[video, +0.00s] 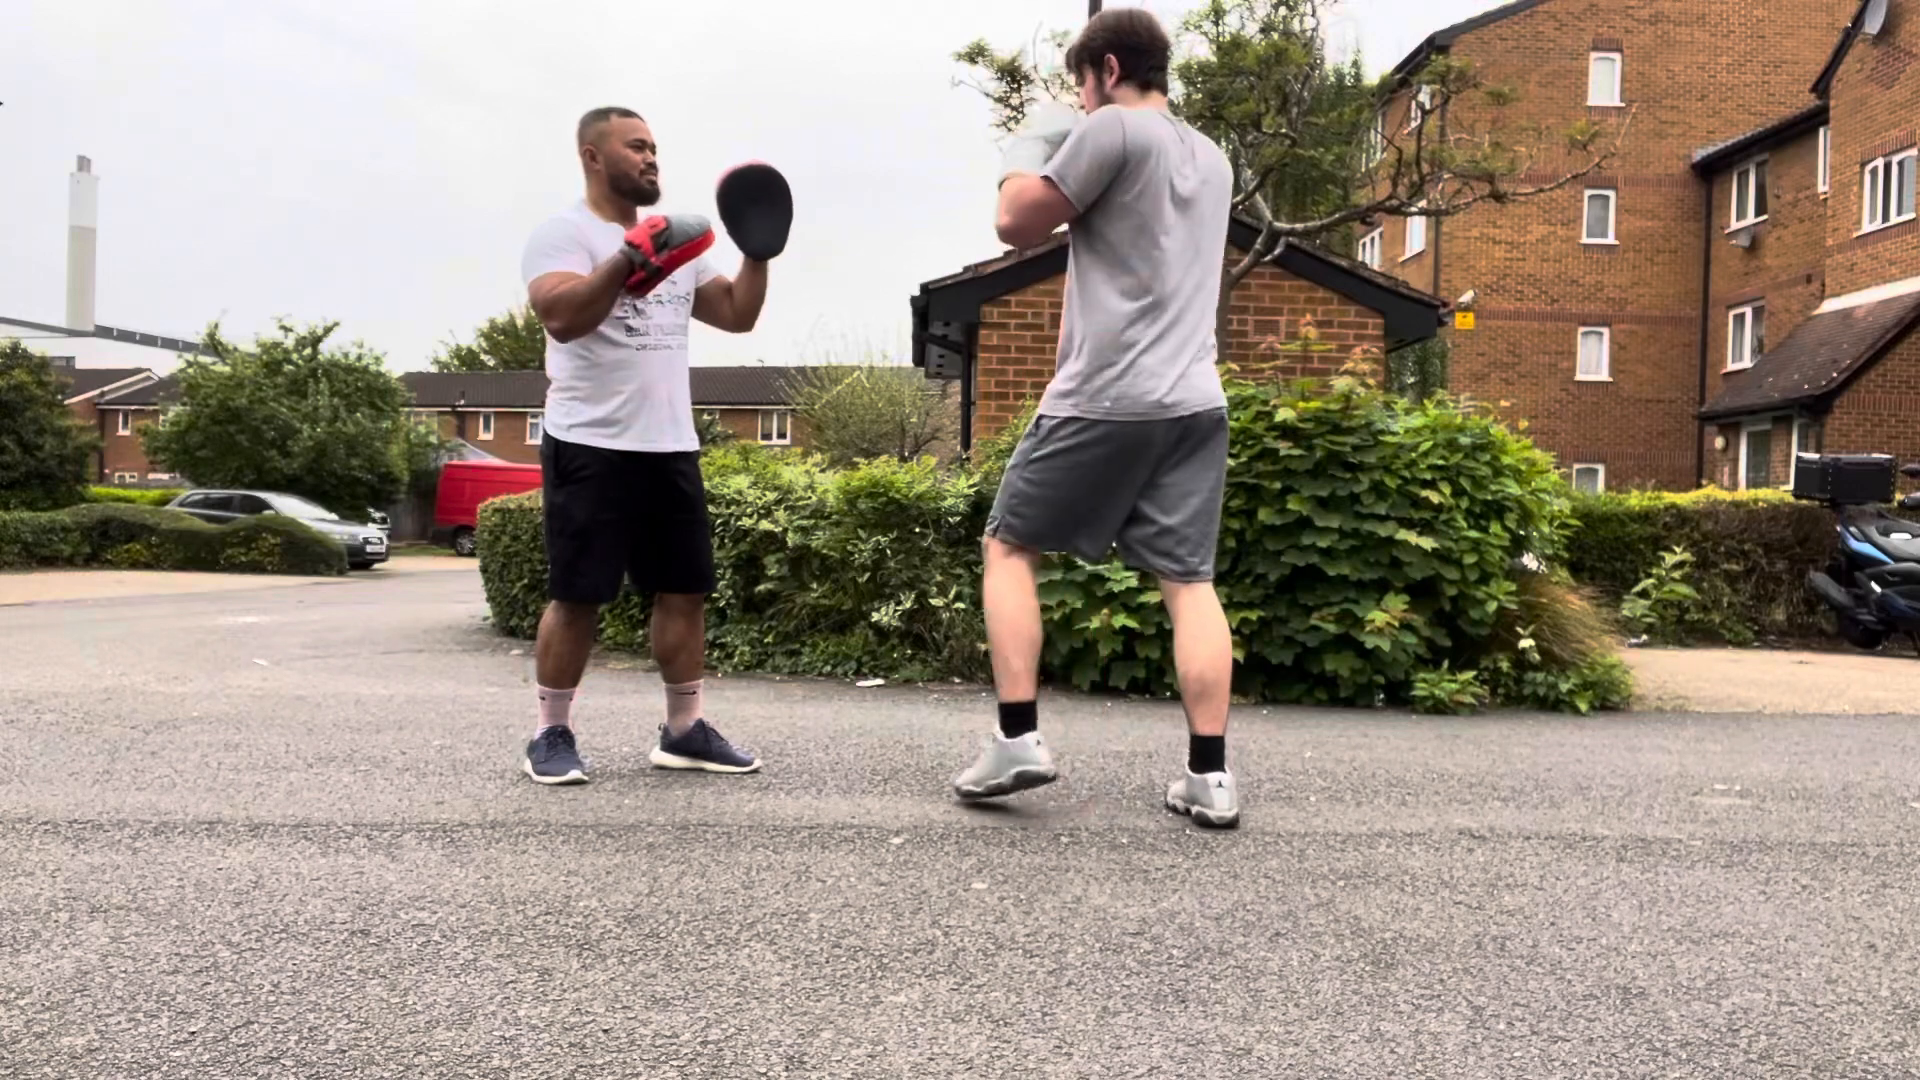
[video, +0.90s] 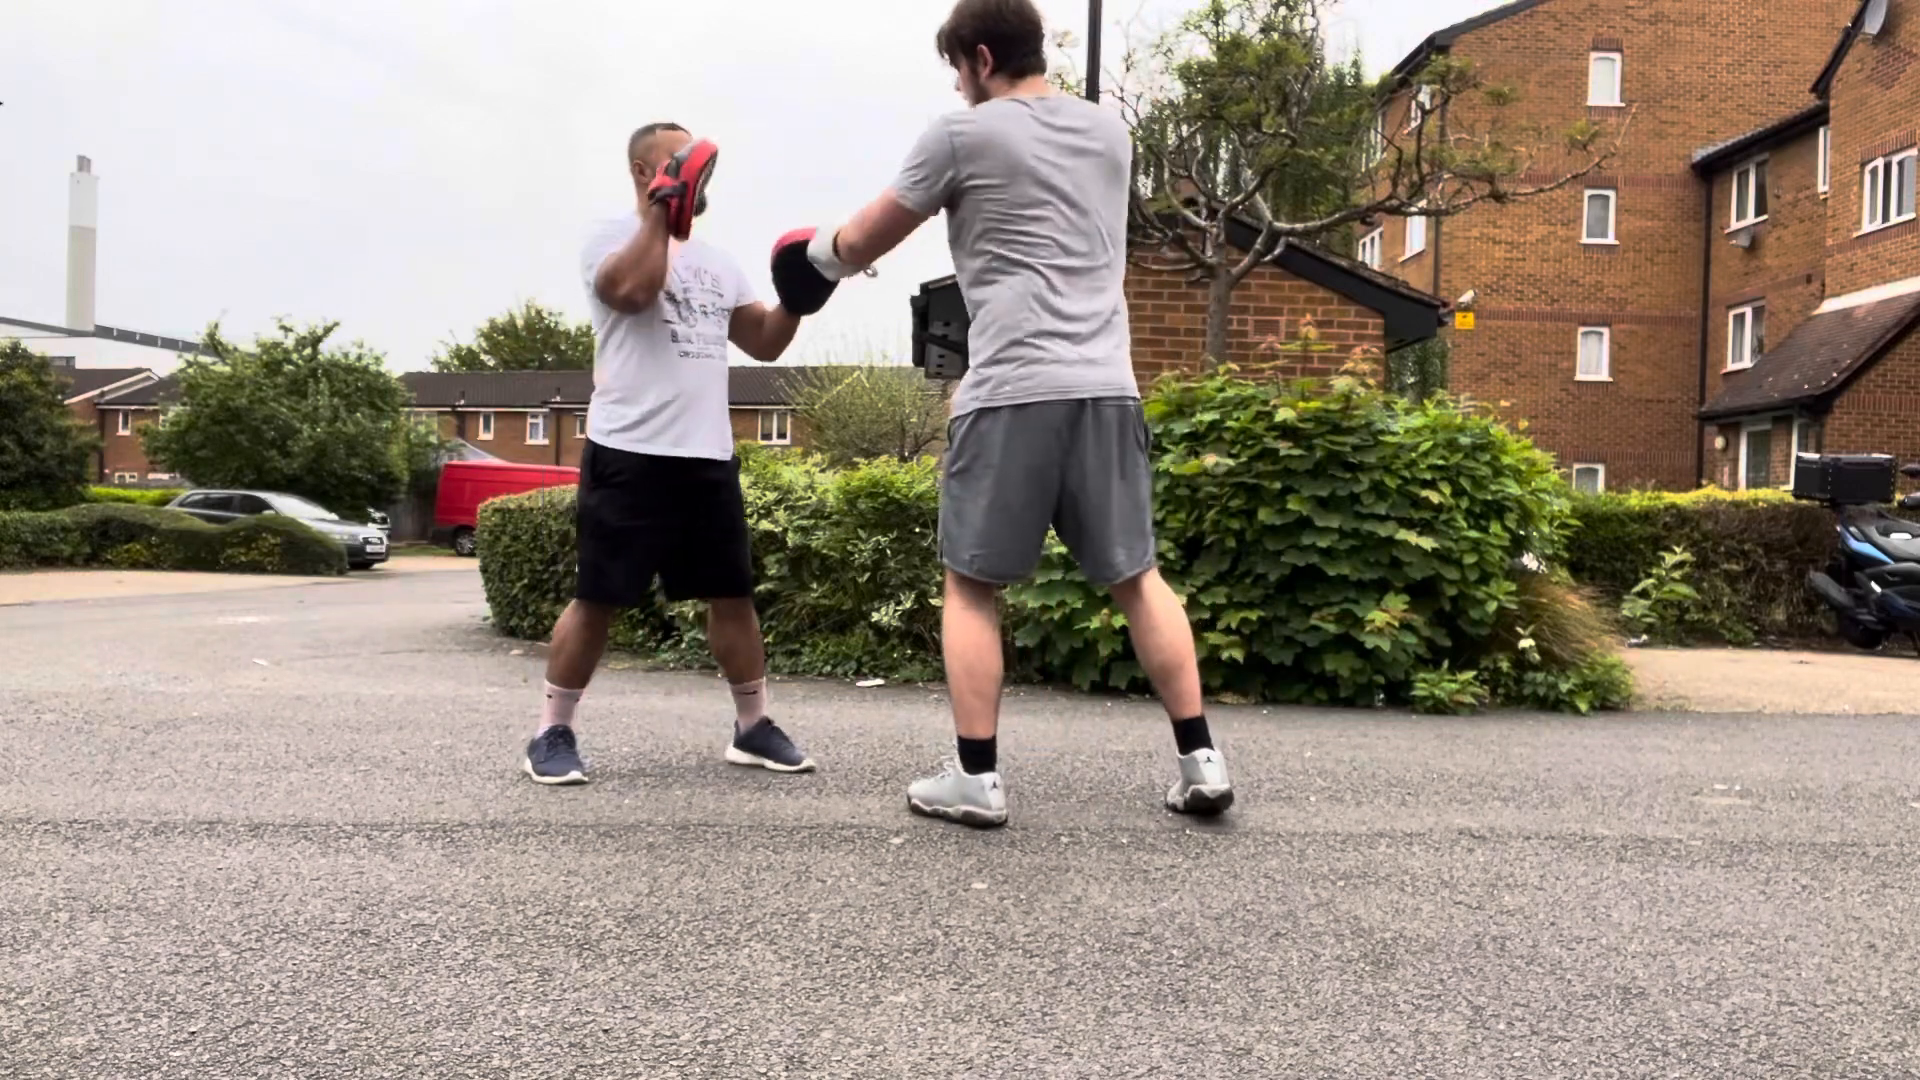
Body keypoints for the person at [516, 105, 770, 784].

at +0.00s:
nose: (652, 160)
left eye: (654, 150)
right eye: (637, 147)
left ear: (653, 164)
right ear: (592, 157)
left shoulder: (675, 243)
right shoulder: (561, 234)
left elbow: (737, 312)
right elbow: (561, 318)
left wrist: (756, 247)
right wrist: (631, 255)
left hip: (670, 443)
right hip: (587, 443)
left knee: (683, 586)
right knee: (576, 592)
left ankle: (684, 727)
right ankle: (552, 732)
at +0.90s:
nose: (695, 177)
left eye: (698, 165)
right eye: (682, 165)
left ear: (694, 176)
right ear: (648, 175)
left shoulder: (715, 260)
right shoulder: (609, 237)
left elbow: (764, 341)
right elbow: (631, 292)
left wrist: (798, 291)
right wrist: (661, 212)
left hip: (707, 453)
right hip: (626, 450)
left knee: (732, 591)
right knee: (597, 596)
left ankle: (754, 725)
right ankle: (553, 730)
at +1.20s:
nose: (786, 197)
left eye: (791, 185)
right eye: (772, 183)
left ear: (795, 200)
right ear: (742, 191)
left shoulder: (793, 284)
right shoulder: (697, 244)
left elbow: (819, 370)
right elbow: (692, 287)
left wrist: (857, 327)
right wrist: (728, 206)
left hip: (756, 459)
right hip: (678, 446)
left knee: (760, 594)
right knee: (631, 586)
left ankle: (755, 727)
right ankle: (572, 723)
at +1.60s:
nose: (786, 181)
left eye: (794, 176)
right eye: (772, 169)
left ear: (801, 196)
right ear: (735, 185)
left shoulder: (812, 271)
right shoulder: (696, 245)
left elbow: (881, 324)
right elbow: (668, 312)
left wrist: (899, 265)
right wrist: (720, 248)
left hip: (773, 456)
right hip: (692, 447)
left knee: (767, 592)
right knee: (671, 588)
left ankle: (754, 724)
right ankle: (653, 712)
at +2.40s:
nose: (807, 196)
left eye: (812, 189)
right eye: (795, 186)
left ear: (813, 204)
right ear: (764, 195)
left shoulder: (818, 286)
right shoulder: (715, 251)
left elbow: (857, 369)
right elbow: (733, 275)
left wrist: (880, 305)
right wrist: (756, 200)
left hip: (793, 461)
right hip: (710, 454)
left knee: (814, 592)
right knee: (690, 599)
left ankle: (830, 728)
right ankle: (666, 721)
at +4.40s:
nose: (762, 189)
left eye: (770, 180)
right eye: (747, 180)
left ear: (779, 194)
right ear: (713, 195)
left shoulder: (800, 265)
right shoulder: (679, 258)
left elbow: (866, 326)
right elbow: (669, 327)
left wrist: (866, 254)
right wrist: (708, 249)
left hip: (785, 461)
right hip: (700, 460)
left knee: (811, 593)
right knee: (684, 600)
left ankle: (829, 727)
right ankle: (665, 721)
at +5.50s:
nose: (812, 187)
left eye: (820, 180)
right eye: (797, 175)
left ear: (828, 199)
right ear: (760, 192)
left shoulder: (851, 269)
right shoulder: (727, 264)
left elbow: (929, 309)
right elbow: (694, 336)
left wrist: (944, 245)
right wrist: (751, 275)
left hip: (823, 469)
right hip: (735, 466)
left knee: (847, 591)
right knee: (702, 602)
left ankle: (847, 731)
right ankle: (666, 721)